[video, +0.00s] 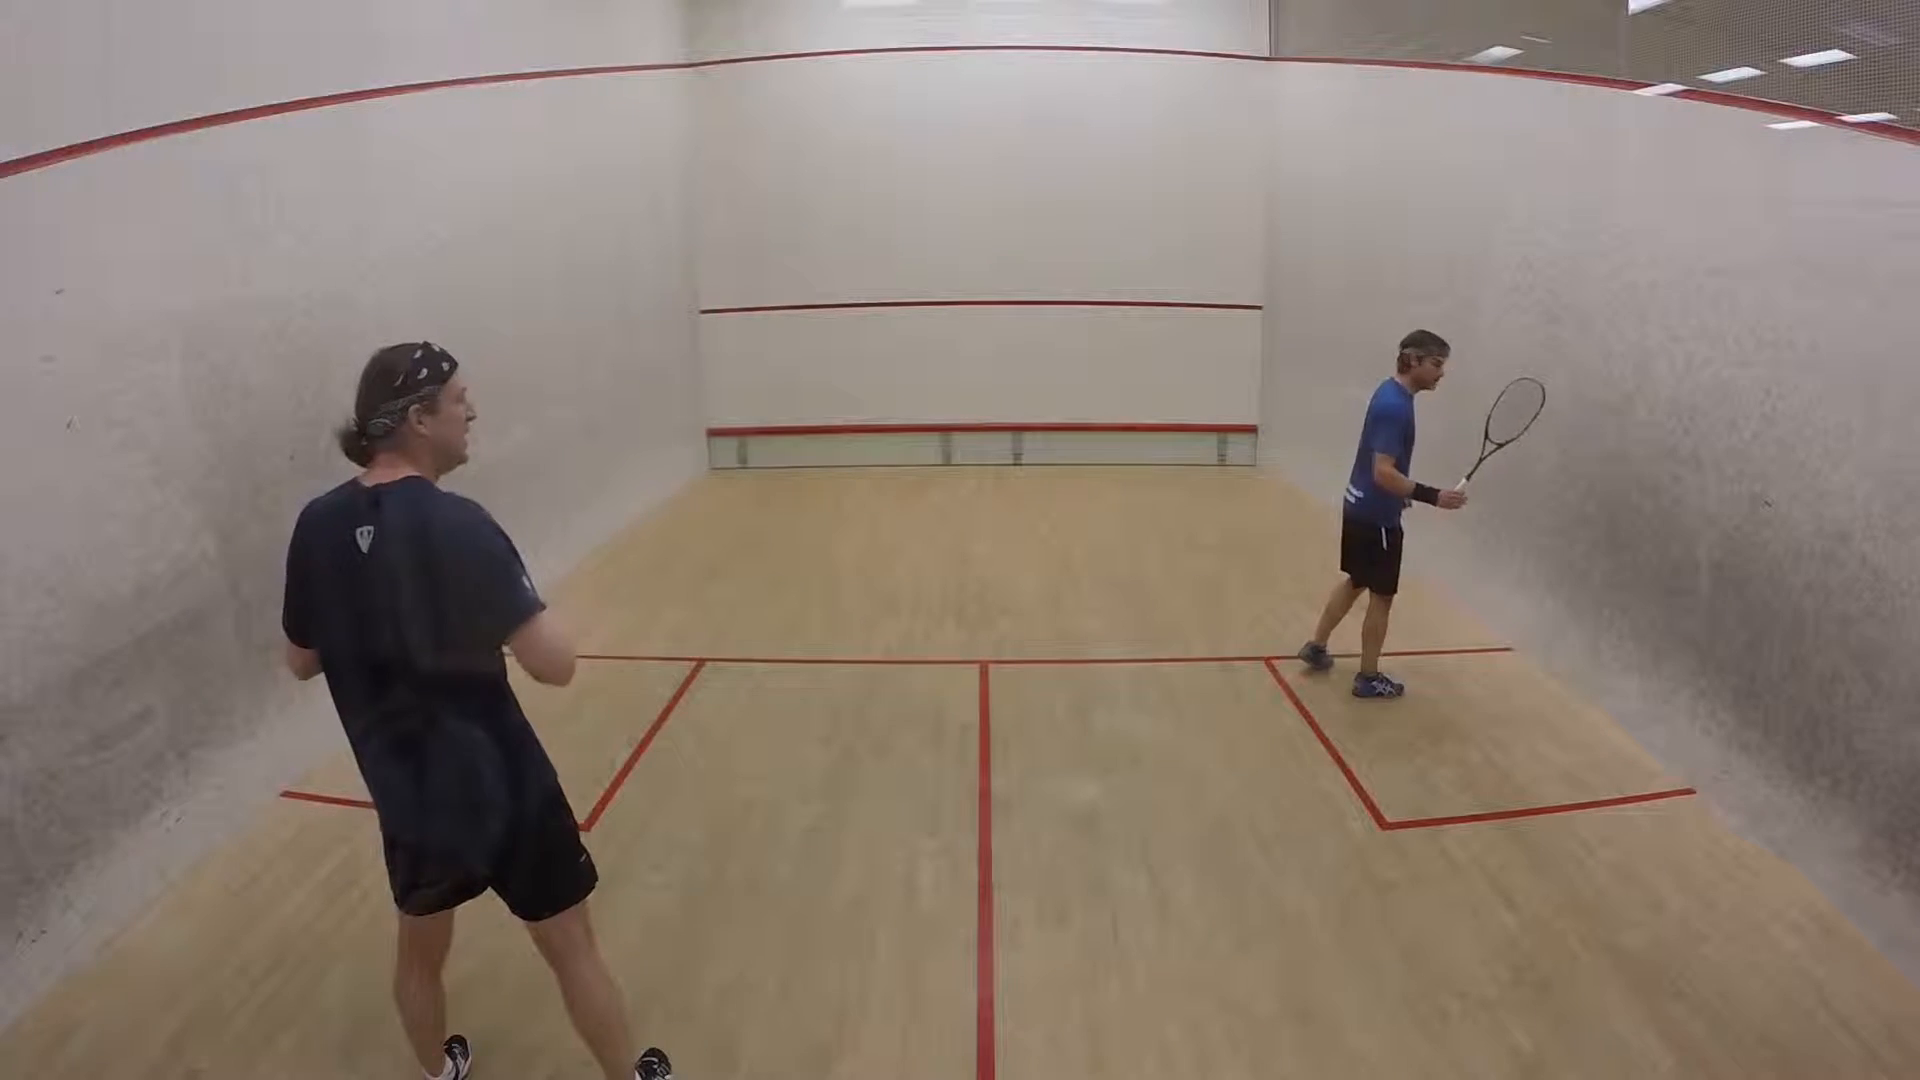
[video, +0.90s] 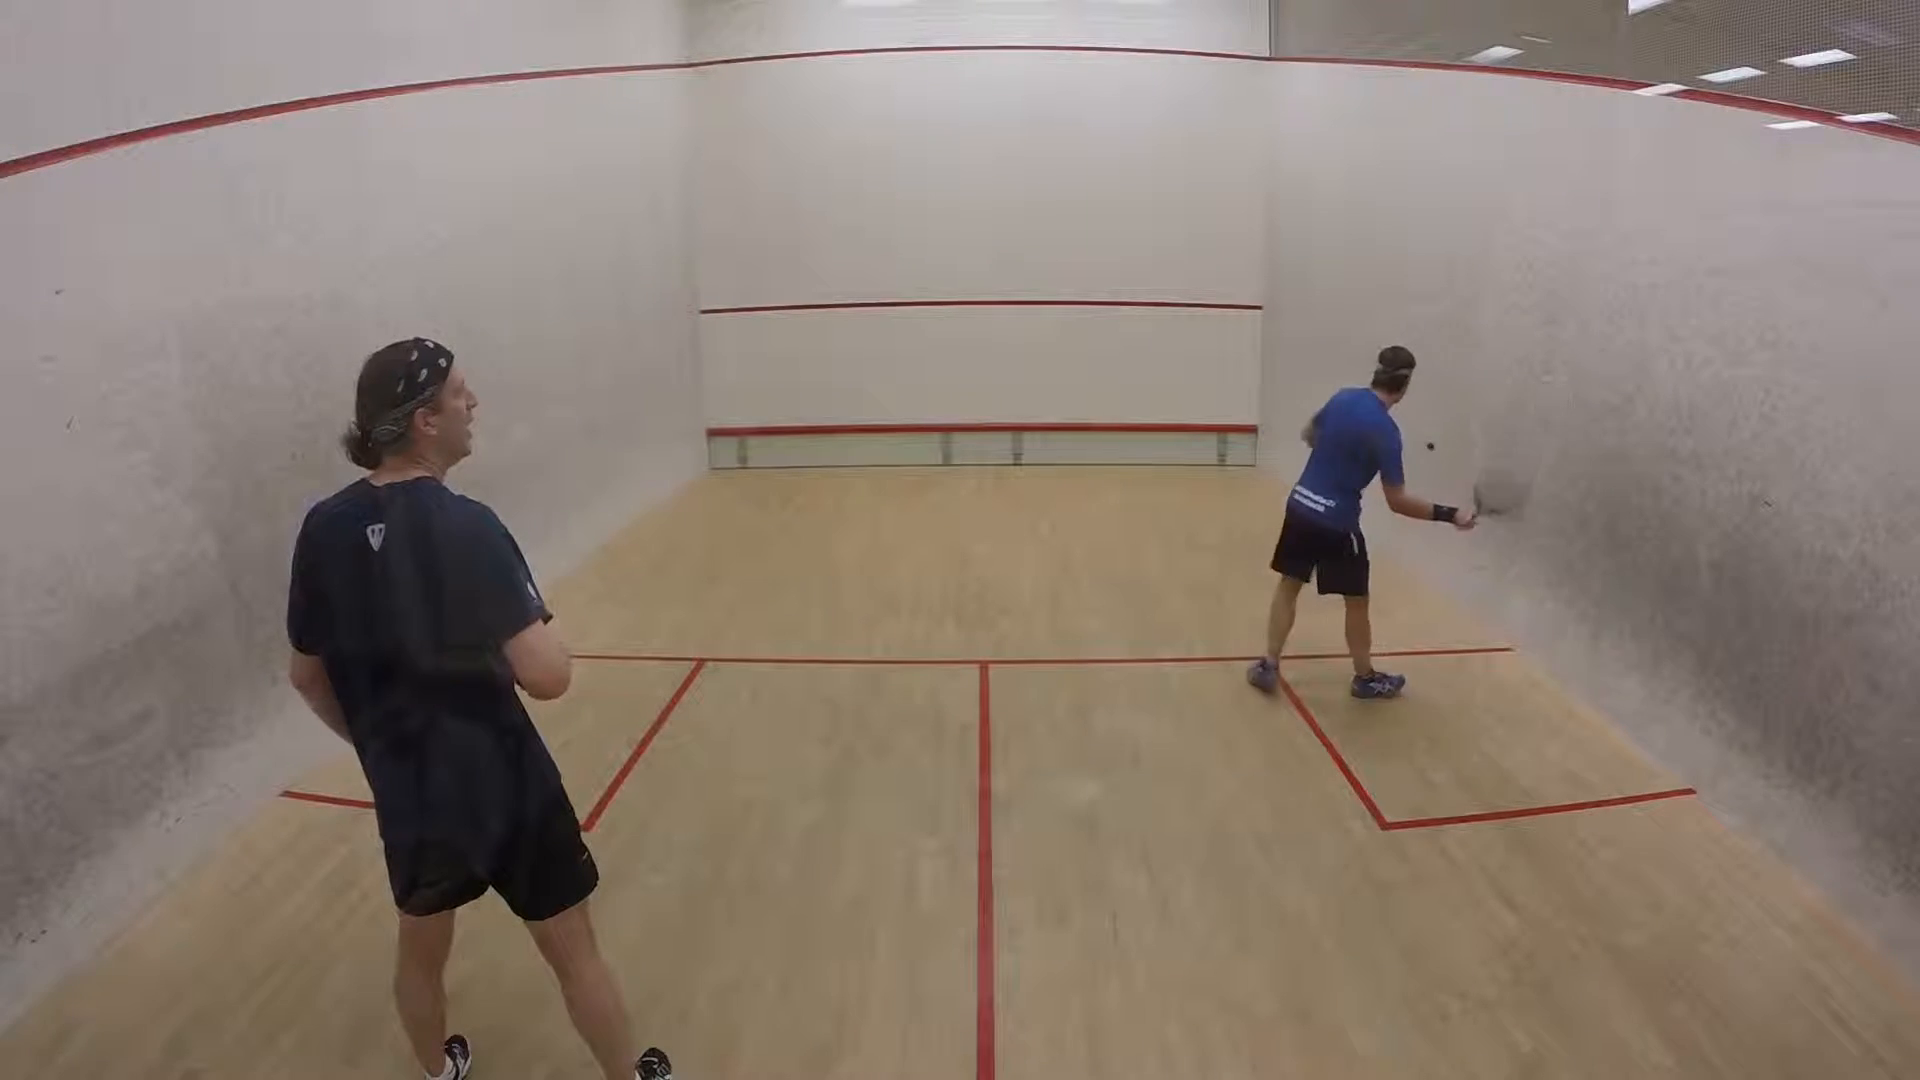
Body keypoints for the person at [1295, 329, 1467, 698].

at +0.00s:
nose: (1441, 373)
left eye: (1442, 366)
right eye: (1437, 365)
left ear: (1413, 363)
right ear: (1412, 362)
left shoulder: (1390, 394)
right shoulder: (1395, 405)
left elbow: (1377, 462)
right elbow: (1383, 473)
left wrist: (1400, 492)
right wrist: (1433, 495)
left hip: (1359, 507)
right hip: (1378, 517)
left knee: (1356, 581)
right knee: (1382, 597)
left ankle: (1316, 645)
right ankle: (1368, 676)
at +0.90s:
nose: (1407, 390)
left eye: (1406, 383)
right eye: (1408, 384)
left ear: (1375, 375)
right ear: (1404, 386)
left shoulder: (1344, 398)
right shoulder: (1386, 432)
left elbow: (1310, 434)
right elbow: (1397, 501)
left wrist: (1344, 455)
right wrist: (1448, 514)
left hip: (1299, 510)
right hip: (1338, 525)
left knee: (1288, 585)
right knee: (1356, 601)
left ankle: (1269, 665)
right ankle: (1364, 676)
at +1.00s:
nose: (1388, 387)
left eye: (1386, 380)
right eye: (1388, 381)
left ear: (1354, 374)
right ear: (1383, 384)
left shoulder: (1319, 396)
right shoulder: (1374, 434)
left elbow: (1277, 439)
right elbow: (1378, 497)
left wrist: (1299, 461)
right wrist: (1421, 514)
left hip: (1286, 513)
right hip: (1327, 526)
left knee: (1277, 588)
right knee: (1346, 602)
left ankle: (1269, 671)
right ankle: (1363, 676)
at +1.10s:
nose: (1363, 380)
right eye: (1364, 376)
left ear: (1330, 369)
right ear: (1361, 378)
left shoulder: (1296, 396)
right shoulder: (1361, 428)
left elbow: (1259, 441)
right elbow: (1344, 487)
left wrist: (1256, 469)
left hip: (1272, 520)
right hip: (1316, 527)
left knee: (1264, 590)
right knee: (1340, 601)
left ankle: (1268, 672)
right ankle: (1358, 673)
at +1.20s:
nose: (1325, 364)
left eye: (1314, 355)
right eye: (1332, 360)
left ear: (1307, 359)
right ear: (1338, 366)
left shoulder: (1281, 395)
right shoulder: (1340, 413)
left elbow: (1250, 446)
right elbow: (1330, 456)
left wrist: (1225, 459)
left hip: (1267, 518)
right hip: (1311, 521)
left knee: (1258, 590)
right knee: (1328, 591)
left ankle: (1269, 672)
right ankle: (1346, 665)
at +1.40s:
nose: (1258, 348)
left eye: (1260, 343)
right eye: (1264, 343)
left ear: (1260, 348)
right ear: (1291, 351)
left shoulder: (1271, 391)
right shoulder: (1293, 389)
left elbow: (1263, 453)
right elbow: (1269, 453)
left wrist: (1209, 460)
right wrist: (1221, 474)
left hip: (1268, 511)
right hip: (1292, 506)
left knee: (1257, 585)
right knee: (1270, 579)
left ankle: (1269, 672)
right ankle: (1277, 650)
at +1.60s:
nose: (1214, 346)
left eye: (1219, 340)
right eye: (1217, 339)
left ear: (1235, 349)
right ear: (1238, 350)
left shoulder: (1260, 396)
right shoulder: (1237, 396)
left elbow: (1269, 461)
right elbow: (1234, 459)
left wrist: (1216, 481)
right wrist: (1207, 499)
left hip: (1262, 516)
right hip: (1236, 511)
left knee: (1266, 593)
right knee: (1208, 577)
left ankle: (1275, 666)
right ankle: (1198, 654)